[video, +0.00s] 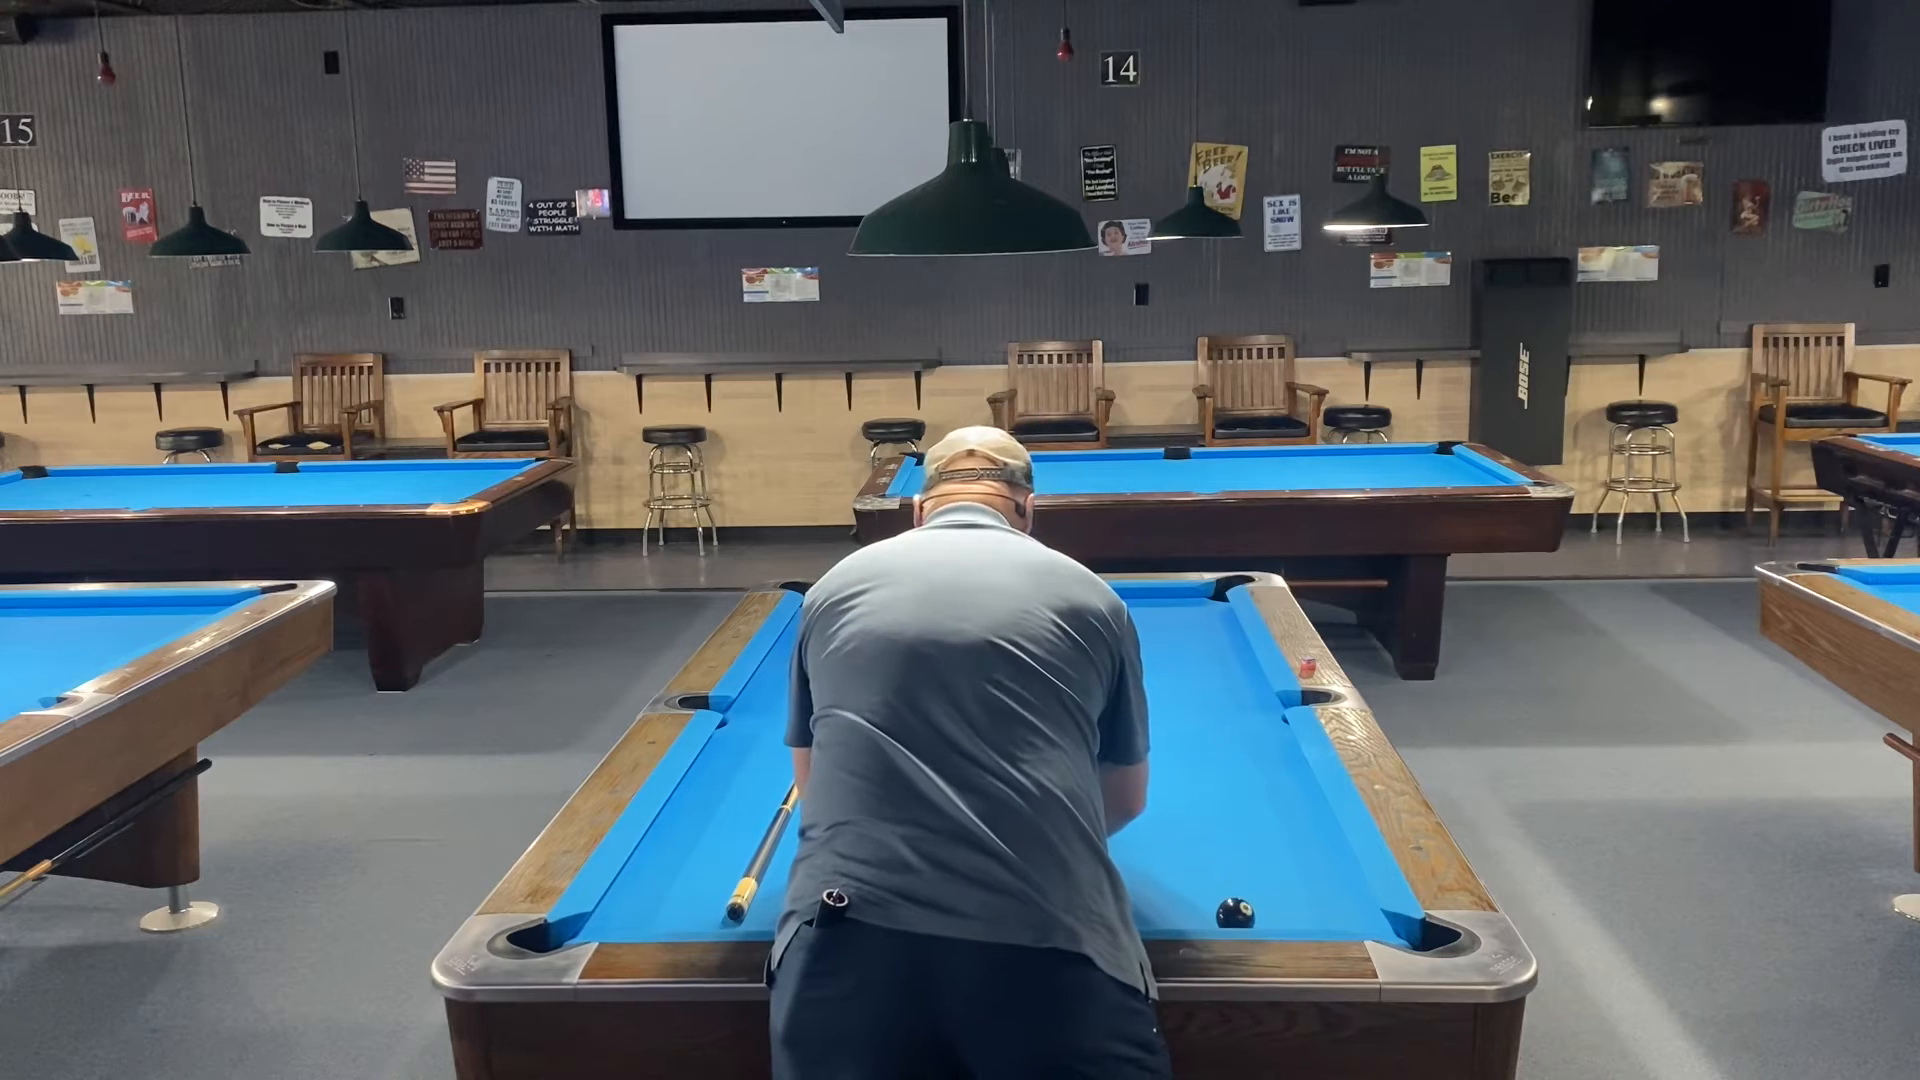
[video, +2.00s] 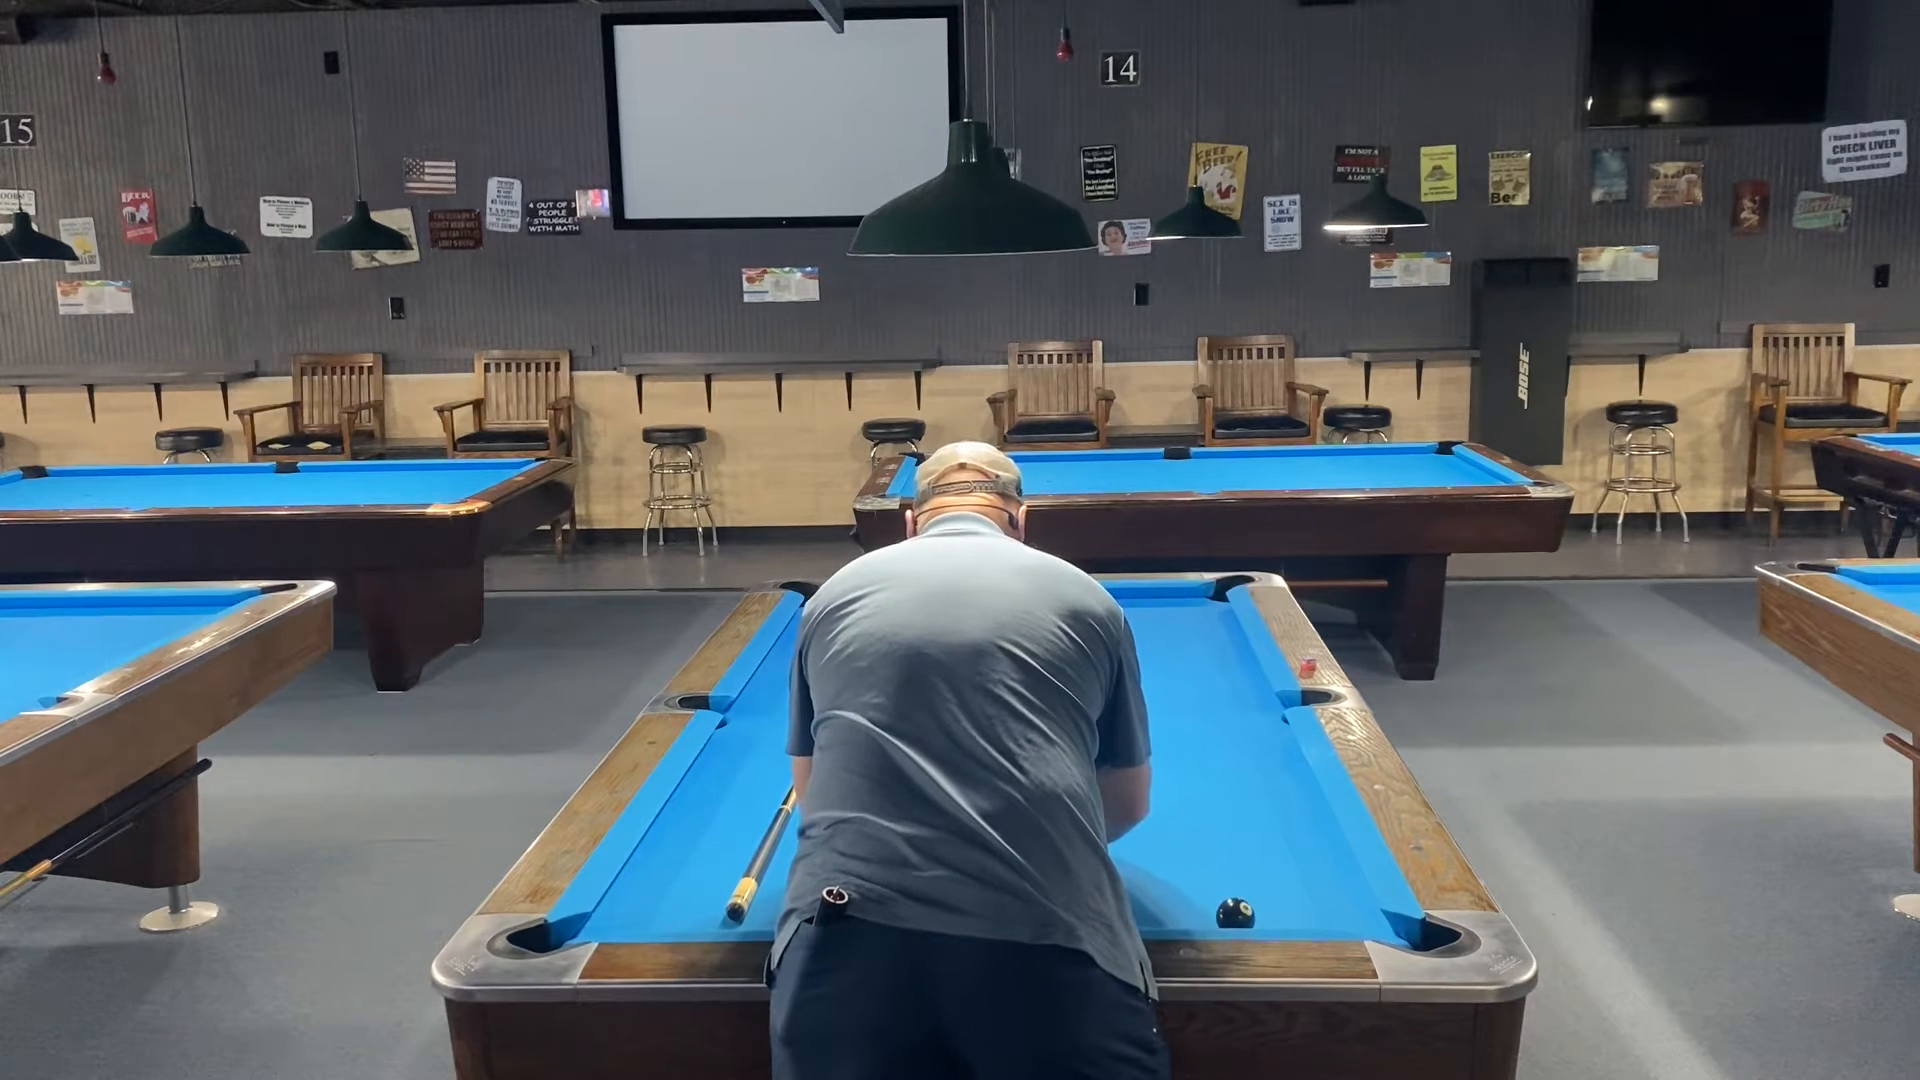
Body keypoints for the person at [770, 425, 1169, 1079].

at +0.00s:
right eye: (1030, 502)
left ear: (919, 510)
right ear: (1026, 505)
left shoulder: (835, 585)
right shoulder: (1092, 596)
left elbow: (812, 784)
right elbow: (1123, 795)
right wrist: (1028, 843)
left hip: (846, 958)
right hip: (1051, 964)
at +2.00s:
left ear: (912, 520)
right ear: (1018, 519)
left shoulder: (835, 591)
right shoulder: (1089, 597)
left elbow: (810, 787)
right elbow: (1125, 800)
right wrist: (1030, 848)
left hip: (847, 955)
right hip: (1051, 962)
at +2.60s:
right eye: (1033, 490)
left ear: (915, 491)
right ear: (1024, 493)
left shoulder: (825, 562)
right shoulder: (1099, 578)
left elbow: (767, 774)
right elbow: (1158, 784)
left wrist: (857, 819)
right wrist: (1096, 776)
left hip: (846, 968)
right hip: (1052, 977)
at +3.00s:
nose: (1044, 485)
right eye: (1041, 470)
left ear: (914, 461)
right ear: (1027, 462)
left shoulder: (809, 552)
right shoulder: (1101, 561)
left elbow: (761, 778)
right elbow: (1176, 789)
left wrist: (846, 831)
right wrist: (1154, 831)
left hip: (844, 987)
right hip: (1053, 1005)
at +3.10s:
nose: (1049, 490)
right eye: (1046, 470)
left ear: (916, 460)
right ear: (1027, 452)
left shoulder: (810, 551)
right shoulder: (1099, 557)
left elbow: (769, 780)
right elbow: (1183, 804)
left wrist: (854, 829)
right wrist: (1210, 806)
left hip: (841, 997)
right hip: (1051, 1007)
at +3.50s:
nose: (1052, 477)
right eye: (1054, 464)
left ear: (938, 453)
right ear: (1052, 458)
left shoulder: (833, 549)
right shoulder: (1117, 562)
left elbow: (792, 772)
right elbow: (1214, 782)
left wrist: (880, 831)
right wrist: (1235, 881)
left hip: (848, 986)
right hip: (1056, 1005)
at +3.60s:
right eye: (1052, 468)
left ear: (939, 458)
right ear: (1051, 463)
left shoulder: (837, 550)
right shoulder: (1120, 566)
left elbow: (783, 772)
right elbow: (1211, 789)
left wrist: (870, 835)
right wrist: (1234, 863)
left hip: (851, 982)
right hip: (1060, 1000)